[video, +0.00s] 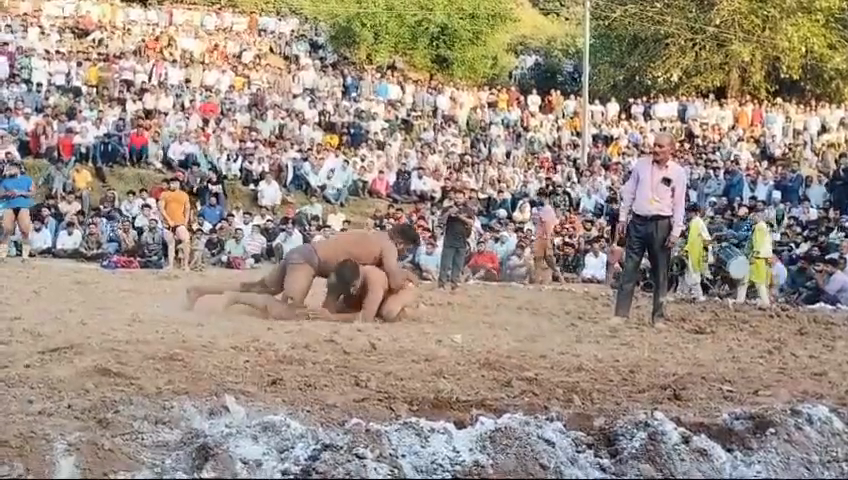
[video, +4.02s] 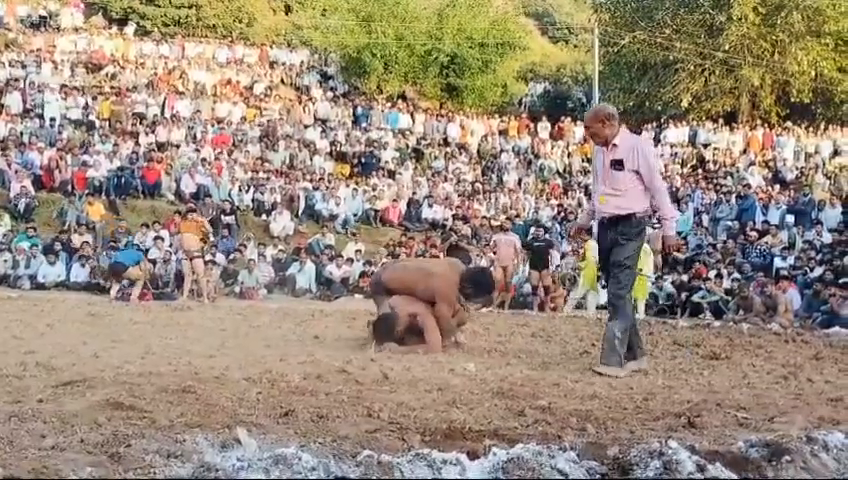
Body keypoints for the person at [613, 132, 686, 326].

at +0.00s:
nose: (655, 149)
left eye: (660, 146)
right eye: (654, 145)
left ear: (671, 149)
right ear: (652, 146)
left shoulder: (678, 172)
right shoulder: (640, 164)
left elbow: (679, 204)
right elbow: (628, 192)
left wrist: (676, 231)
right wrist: (622, 218)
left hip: (662, 221)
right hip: (638, 219)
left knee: (660, 272)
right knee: (629, 268)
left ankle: (658, 315)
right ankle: (621, 313)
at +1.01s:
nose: (664, 163)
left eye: (668, 160)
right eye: (662, 160)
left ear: (679, 160)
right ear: (659, 160)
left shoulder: (689, 179)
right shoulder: (653, 178)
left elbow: (696, 211)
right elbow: (645, 207)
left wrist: (695, 239)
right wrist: (642, 233)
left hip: (679, 232)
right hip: (655, 232)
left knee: (684, 284)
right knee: (657, 283)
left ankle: (697, 329)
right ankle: (658, 329)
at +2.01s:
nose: (674, 180)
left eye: (679, 176)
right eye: (672, 176)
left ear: (688, 175)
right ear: (667, 175)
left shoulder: (699, 195)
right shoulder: (656, 194)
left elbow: (709, 227)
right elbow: (647, 225)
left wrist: (713, 255)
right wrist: (643, 252)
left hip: (688, 253)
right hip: (662, 252)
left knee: (688, 306)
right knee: (653, 301)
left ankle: (690, 352)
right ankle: (658, 335)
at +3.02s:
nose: (659, 163)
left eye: (662, 157)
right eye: (656, 158)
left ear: (676, 153)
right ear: (654, 157)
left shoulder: (697, 174)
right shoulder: (649, 176)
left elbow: (709, 209)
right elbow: (640, 211)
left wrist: (718, 240)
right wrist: (633, 241)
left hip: (687, 244)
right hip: (658, 244)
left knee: (687, 302)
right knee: (653, 302)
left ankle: (693, 359)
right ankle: (649, 343)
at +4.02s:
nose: (589, 137)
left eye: (592, 131)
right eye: (588, 132)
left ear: (608, 124)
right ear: (602, 126)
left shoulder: (638, 146)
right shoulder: (599, 149)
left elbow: (657, 187)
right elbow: (598, 192)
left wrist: (668, 229)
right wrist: (585, 220)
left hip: (631, 223)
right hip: (605, 224)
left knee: (619, 290)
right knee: (615, 290)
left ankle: (613, 359)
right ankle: (635, 352)